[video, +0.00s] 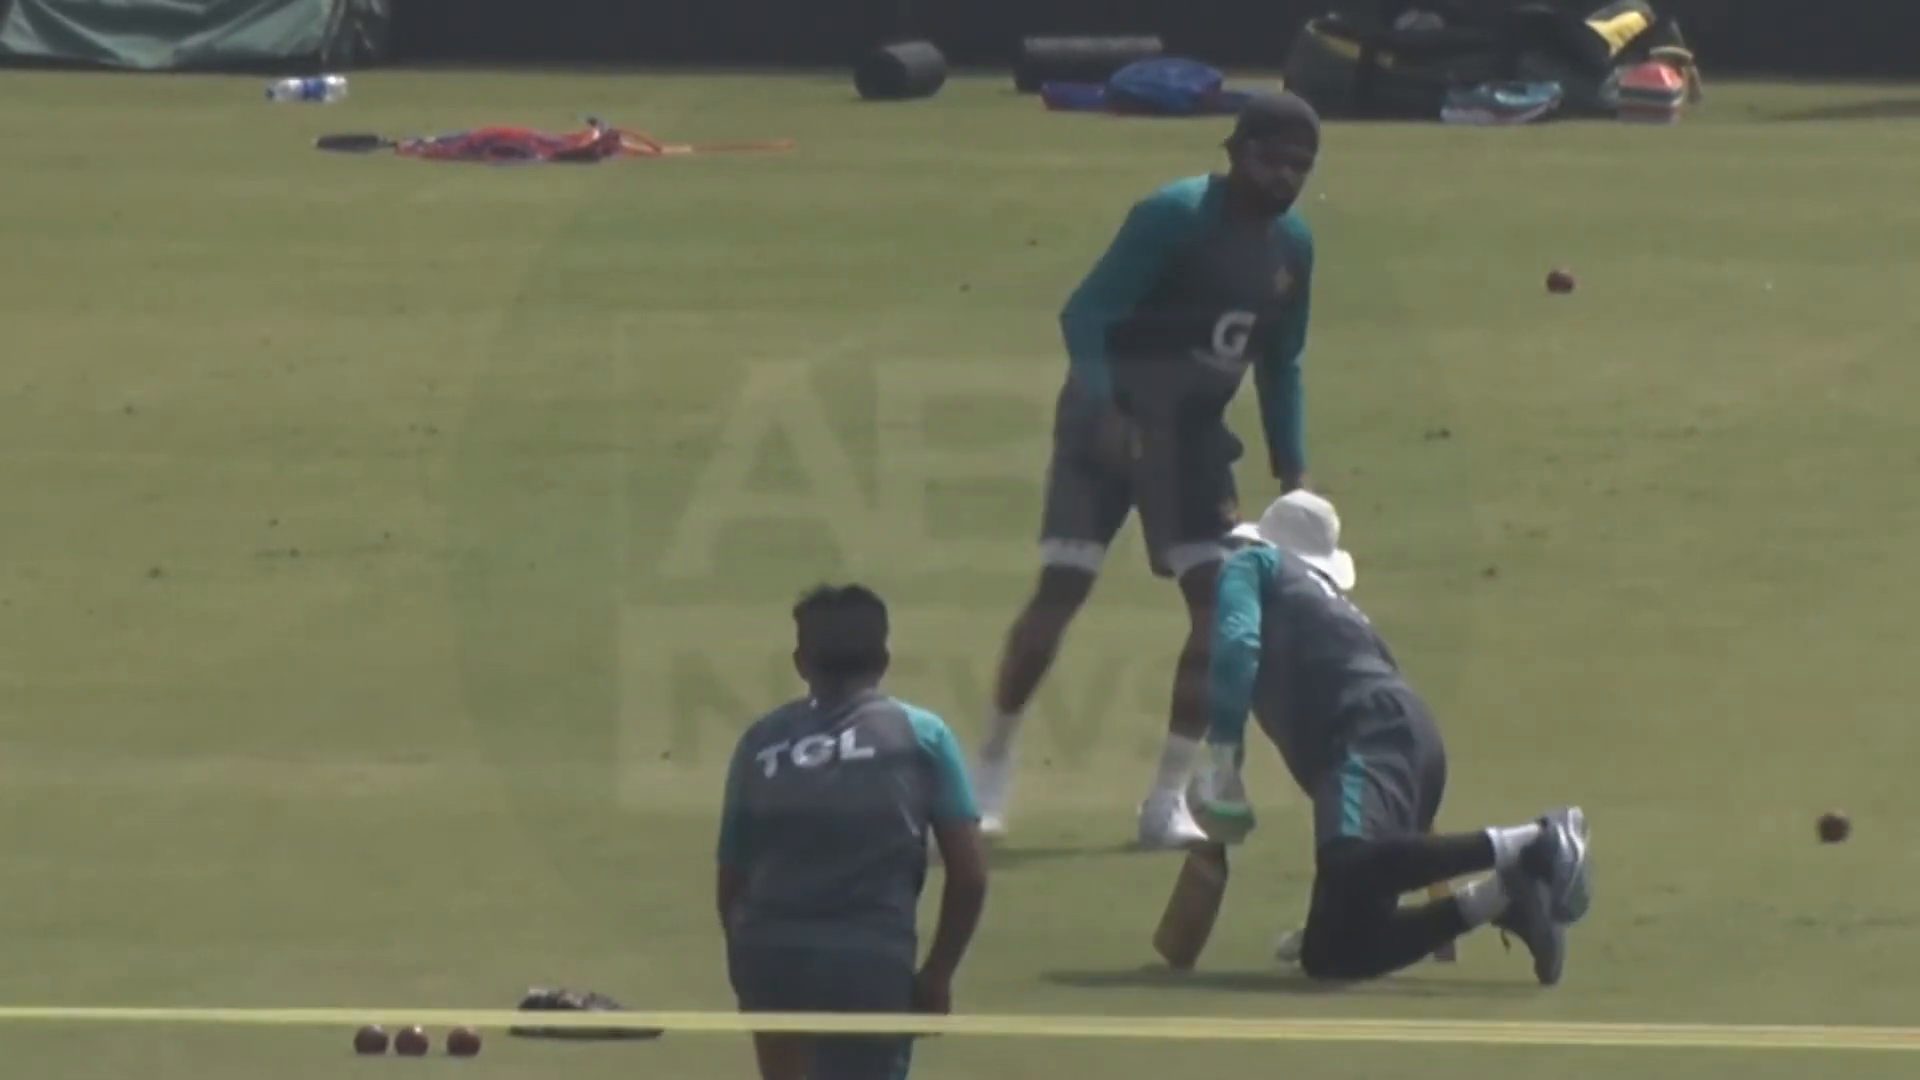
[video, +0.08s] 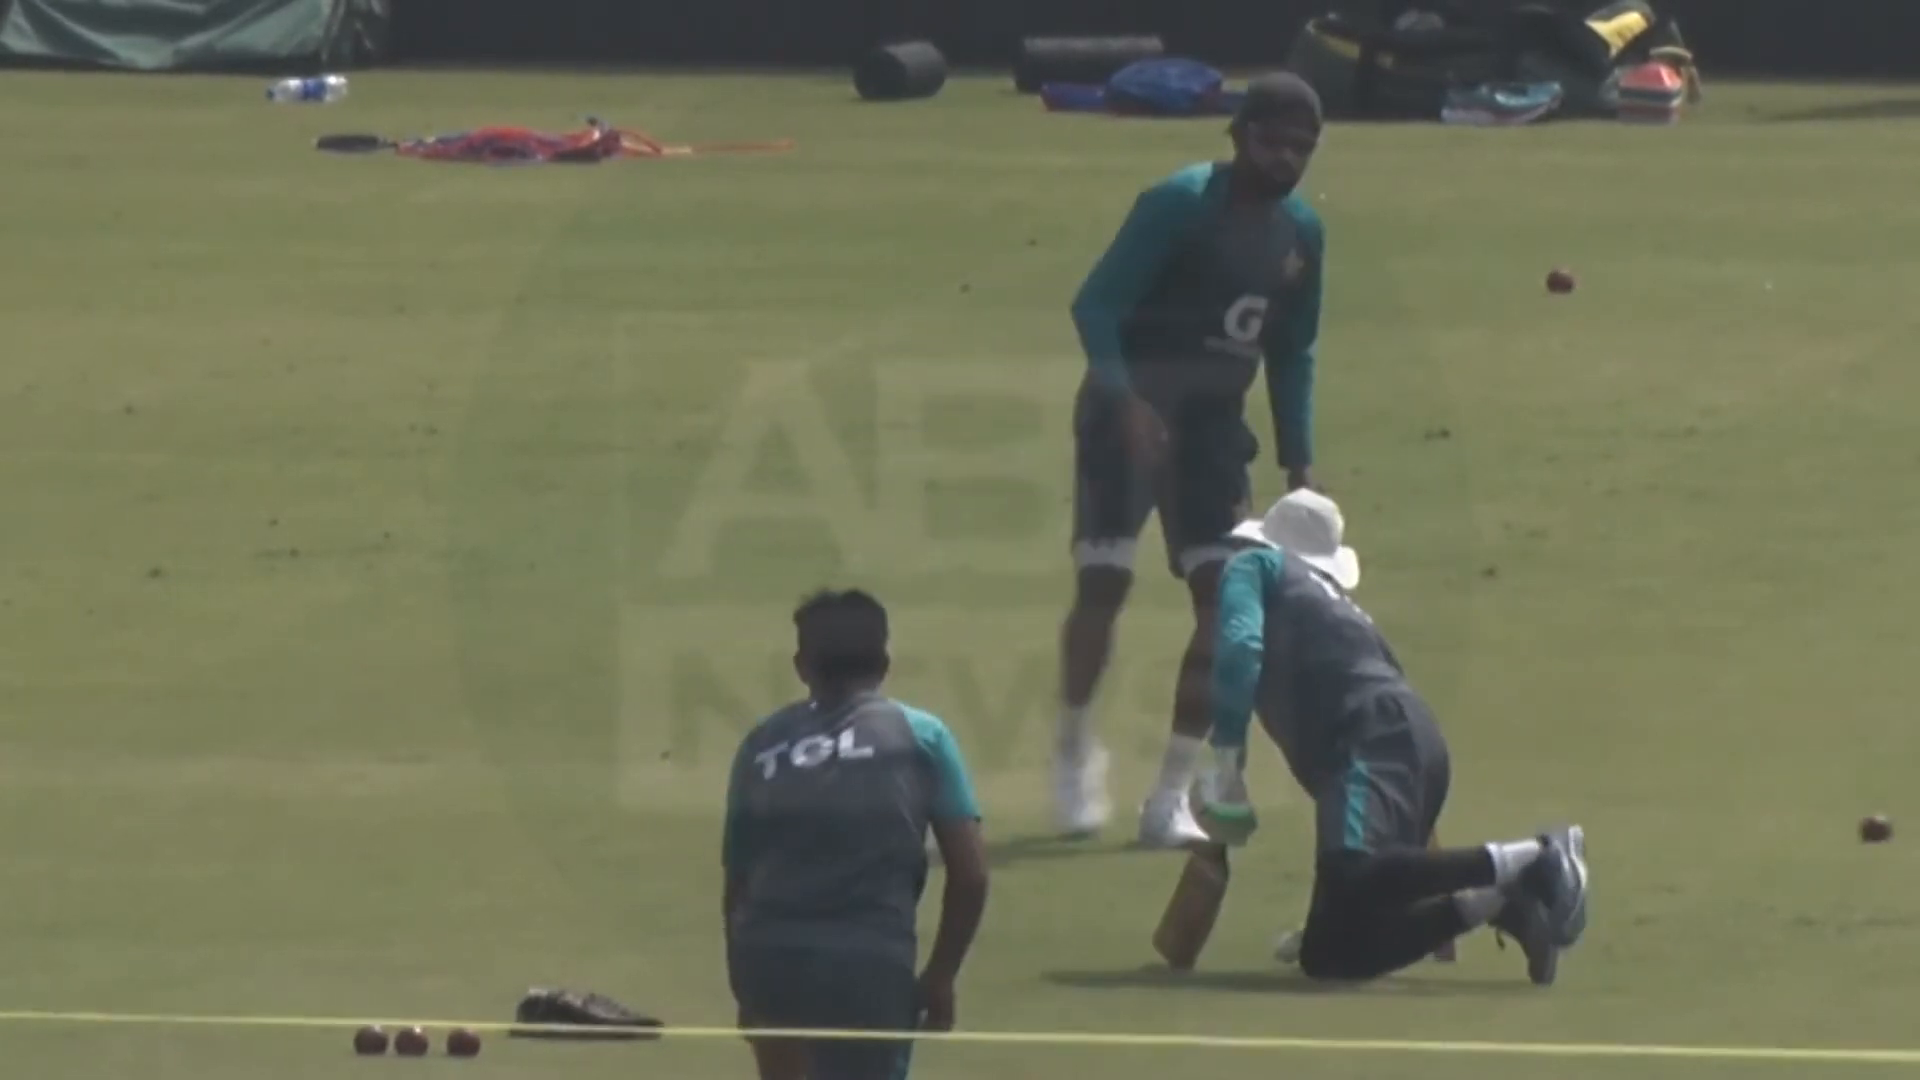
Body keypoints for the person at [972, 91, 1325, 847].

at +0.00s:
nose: (1285, 177)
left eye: (1299, 166)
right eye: (1273, 160)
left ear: (1309, 172)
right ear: (1237, 152)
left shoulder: (1291, 246)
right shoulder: (1172, 216)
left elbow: (1280, 365)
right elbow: (1082, 313)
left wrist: (1293, 480)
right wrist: (1100, 412)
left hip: (1188, 427)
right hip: (1105, 411)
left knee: (1218, 607)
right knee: (1064, 585)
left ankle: (1168, 803)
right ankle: (992, 762)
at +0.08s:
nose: (1281, 160)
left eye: (1297, 147)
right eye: (1268, 142)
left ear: (1313, 152)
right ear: (1237, 136)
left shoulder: (1300, 234)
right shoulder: (1177, 203)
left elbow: (1292, 354)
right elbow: (1092, 306)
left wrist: (1297, 464)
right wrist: (1124, 404)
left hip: (1213, 420)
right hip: (1126, 408)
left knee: (1226, 607)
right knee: (1103, 586)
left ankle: (1172, 798)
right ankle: (1075, 749)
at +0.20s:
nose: (1290, 140)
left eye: (1304, 128)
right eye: (1277, 124)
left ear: (1318, 132)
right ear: (1244, 115)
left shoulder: (1311, 214)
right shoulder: (1186, 194)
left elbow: (1303, 342)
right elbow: (1111, 300)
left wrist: (1305, 450)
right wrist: (1150, 393)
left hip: (1245, 420)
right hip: (1160, 415)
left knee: (1236, 608)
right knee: (1164, 599)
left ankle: (1175, 799)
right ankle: (1187, 770)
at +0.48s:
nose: (1320, 120)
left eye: (1337, 107)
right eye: (1306, 103)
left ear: (1355, 111)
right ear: (1280, 100)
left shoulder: (1352, 192)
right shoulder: (1225, 194)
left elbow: (1350, 321)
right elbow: (1171, 310)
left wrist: (1362, 424)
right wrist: (1224, 393)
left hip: (1323, 419)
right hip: (1236, 422)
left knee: (1327, 599)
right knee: (1234, 600)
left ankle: (1295, 778)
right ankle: (1217, 782)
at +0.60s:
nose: (1361, 121)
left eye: (1376, 107)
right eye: (1346, 104)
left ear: (1393, 109)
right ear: (1315, 100)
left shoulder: (1383, 184)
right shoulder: (1260, 183)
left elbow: (1383, 312)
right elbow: (1202, 291)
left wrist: (1406, 415)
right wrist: (1279, 348)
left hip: (1354, 414)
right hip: (1264, 415)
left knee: (1387, 590)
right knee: (1248, 596)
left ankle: (1370, 787)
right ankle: (1219, 785)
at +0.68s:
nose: (1408, 124)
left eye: (1420, 111)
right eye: (1396, 107)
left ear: (1429, 113)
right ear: (1356, 99)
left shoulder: (1411, 190)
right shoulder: (1291, 184)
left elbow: (1406, 314)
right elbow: (1234, 291)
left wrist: (1439, 416)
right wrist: (1336, 312)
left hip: (1380, 423)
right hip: (1290, 424)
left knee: (1424, 595)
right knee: (1258, 596)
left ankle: (1422, 791)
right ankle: (1220, 784)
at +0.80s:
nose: (1481, 139)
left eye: (1485, 125)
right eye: (1471, 124)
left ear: (1468, 119)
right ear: (1425, 114)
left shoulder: (1452, 191)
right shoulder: (1351, 189)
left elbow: (1446, 319)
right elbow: (1310, 298)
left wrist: (1483, 422)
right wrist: (1415, 274)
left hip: (1430, 423)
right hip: (1347, 421)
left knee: (1459, 603)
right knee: (1301, 600)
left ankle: (1453, 800)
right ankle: (1227, 783)